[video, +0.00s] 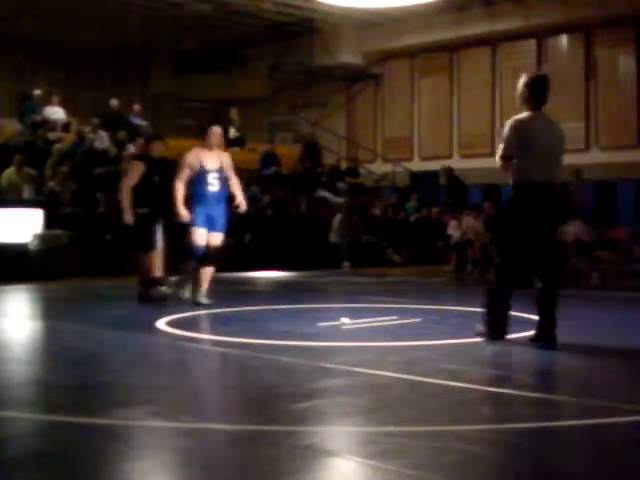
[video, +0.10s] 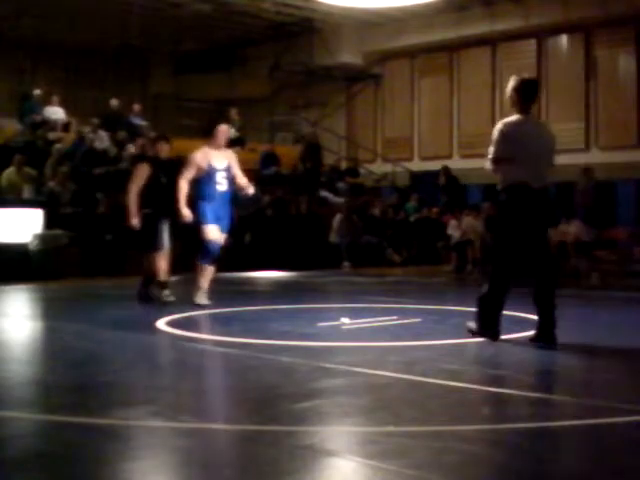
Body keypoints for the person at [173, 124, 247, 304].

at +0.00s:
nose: (216, 139)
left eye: (219, 135)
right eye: (213, 135)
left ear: (222, 138)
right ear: (206, 137)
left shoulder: (224, 157)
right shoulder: (194, 155)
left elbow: (232, 179)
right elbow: (181, 181)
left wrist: (239, 196)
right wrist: (180, 206)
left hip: (219, 206)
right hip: (199, 206)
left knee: (214, 249)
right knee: (198, 245)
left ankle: (203, 291)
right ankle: (189, 282)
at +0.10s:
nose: (224, 139)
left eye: (227, 136)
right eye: (222, 135)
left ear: (229, 137)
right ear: (214, 135)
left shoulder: (230, 155)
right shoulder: (200, 155)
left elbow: (238, 176)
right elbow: (184, 179)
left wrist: (246, 186)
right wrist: (183, 206)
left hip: (224, 203)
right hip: (206, 203)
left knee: (217, 245)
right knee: (213, 241)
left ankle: (204, 290)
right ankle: (201, 285)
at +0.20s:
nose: (231, 137)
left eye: (233, 133)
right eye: (228, 133)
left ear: (236, 136)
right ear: (220, 134)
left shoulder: (236, 156)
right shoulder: (207, 155)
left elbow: (246, 176)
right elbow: (190, 179)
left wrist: (256, 184)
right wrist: (188, 207)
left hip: (231, 204)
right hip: (213, 204)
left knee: (221, 244)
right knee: (221, 242)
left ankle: (207, 286)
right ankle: (222, 288)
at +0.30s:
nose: (239, 138)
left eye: (241, 134)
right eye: (235, 134)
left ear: (243, 136)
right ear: (227, 135)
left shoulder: (244, 159)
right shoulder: (215, 157)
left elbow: (256, 180)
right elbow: (198, 181)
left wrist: (267, 185)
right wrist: (198, 209)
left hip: (238, 206)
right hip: (221, 205)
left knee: (232, 247)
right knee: (233, 245)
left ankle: (209, 278)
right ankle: (238, 291)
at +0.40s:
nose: (246, 139)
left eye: (248, 135)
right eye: (243, 135)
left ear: (251, 137)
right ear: (235, 136)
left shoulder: (254, 158)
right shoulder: (223, 157)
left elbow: (264, 180)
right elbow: (208, 183)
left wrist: (276, 192)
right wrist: (211, 208)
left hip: (248, 205)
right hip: (231, 204)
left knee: (246, 246)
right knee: (243, 241)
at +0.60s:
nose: (267, 133)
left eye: (269, 129)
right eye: (263, 129)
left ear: (271, 132)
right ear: (255, 130)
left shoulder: (270, 153)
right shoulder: (243, 150)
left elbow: (274, 179)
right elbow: (229, 177)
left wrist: (278, 205)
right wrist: (238, 203)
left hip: (267, 201)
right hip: (250, 202)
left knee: (278, 241)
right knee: (253, 245)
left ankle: (253, 283)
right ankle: (245, 293)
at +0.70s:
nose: (279, 131)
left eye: (282, 128)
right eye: (276, 127)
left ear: (284, 131)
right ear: (268, 128)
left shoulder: (280, 151)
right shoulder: (255, 148)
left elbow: (275, 177)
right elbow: (238, 173)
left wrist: (277, 199)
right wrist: (250, 198)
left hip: (275, 202)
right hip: (259, 201)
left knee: (290, 240)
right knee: (257, 244)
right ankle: (245, 293)